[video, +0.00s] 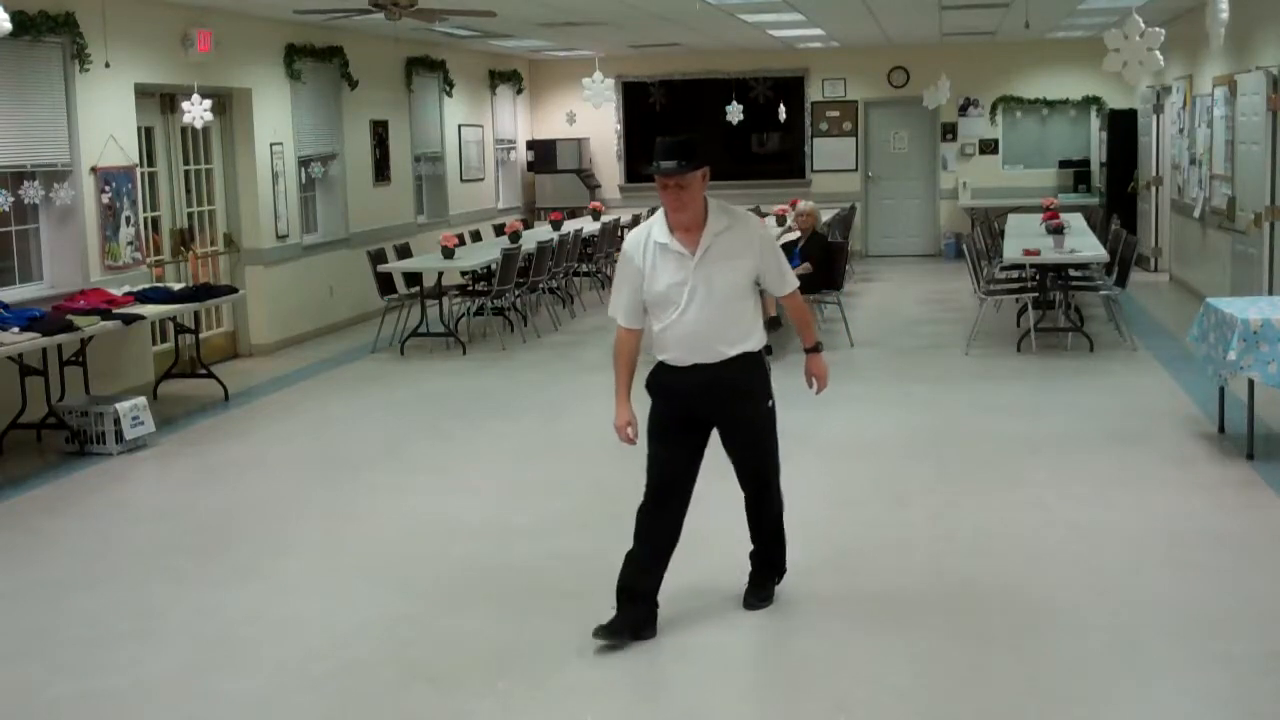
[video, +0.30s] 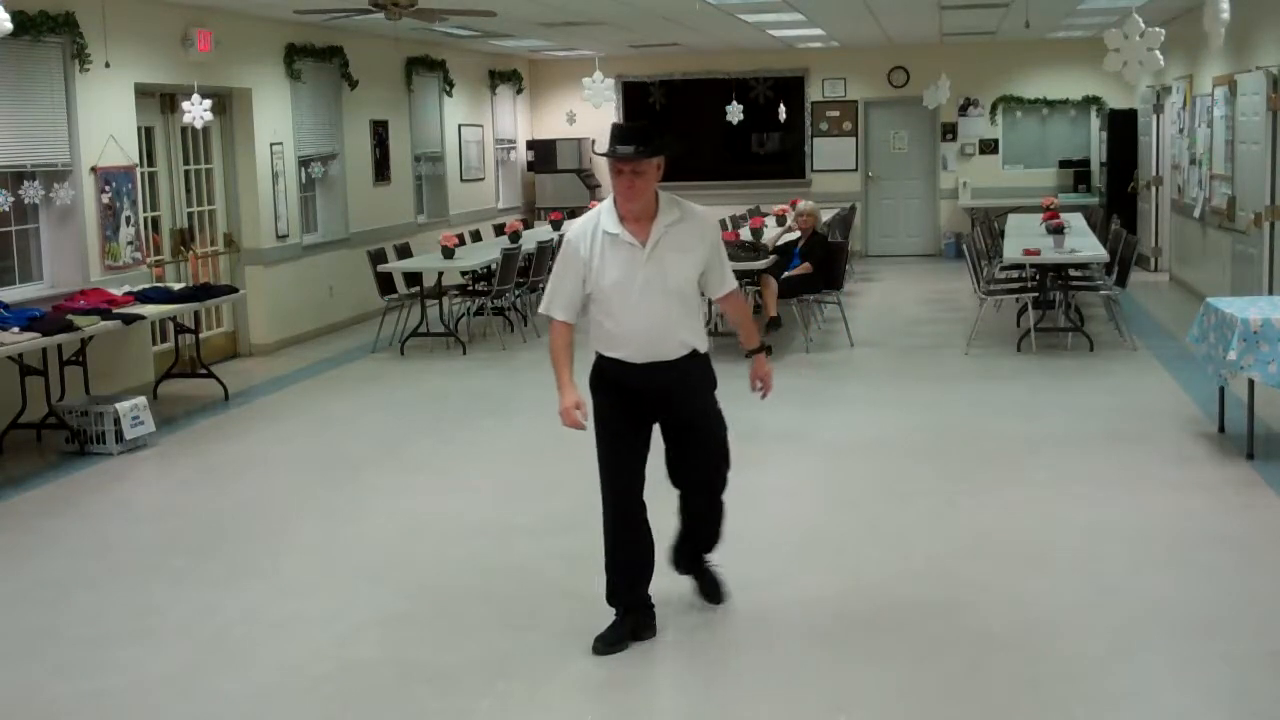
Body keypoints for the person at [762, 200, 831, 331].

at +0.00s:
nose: (804, 219)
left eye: (808, 216)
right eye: (801, 216)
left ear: (815, 219)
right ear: (796, 219)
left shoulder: (820, 240)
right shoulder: (793, 242)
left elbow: (814, 264)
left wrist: (790, 275)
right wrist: (793, 272)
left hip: (812, 279)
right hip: (793, 278)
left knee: (768, 284)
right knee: (769, 278)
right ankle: (773, 316)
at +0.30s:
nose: (804, 219)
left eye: (808, 215)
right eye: (801, 215)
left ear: (815, 219)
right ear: (796, 219)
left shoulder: (820, 240)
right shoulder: (795, 242)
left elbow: (810, 266)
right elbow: (767, 250)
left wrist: (785, 275)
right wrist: (784, 230)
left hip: (809, 278)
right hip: (789, 274)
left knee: (766, 291)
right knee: (766, 277)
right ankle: (773, 317)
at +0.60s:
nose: (804, 219)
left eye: (808, 215)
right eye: (800, 215)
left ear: (815, 219)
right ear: (796, 220)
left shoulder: (820, 240)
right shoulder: (795, 242)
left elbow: (810, 267)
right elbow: (767, 248)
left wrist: (785, 275)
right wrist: (784, 229)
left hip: (808, 279)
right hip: (789, 275)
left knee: (768, 292)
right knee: (765, 276)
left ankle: (763, 344)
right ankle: (773, 316)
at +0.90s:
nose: (804, 218)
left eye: (808, 215)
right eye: (801, 215)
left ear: (815, 219)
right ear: (796, 220)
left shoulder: (820, 239)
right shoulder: (796, 241)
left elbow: (809, 267)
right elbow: (767, 249)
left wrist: (785, 276)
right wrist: (784, 230)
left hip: (809, 278)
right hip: (789, 274)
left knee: (767, 291)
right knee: (765, 275)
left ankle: (763, 344)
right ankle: (773, 316)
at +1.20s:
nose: (804, 218)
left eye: (808, 215)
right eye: (801, 215)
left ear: (815, 219)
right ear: (796, 219)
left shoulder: (820, 239)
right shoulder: (797, 240)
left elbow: (809, 267)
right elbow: (767, 248)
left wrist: (785, 276)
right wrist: (784, 229)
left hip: (808, 278)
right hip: (789, 274)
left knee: (767, 291)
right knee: (766, 275)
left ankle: (762, 344)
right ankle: (773, 316)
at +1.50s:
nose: (804, 218)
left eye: (808, 215)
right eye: (801, 215)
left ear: (815, 218)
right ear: (796, 219)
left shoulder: (820, 239)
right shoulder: (795, 242)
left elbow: (809, 266)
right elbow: (767, 249)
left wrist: (785, 275)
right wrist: (784, 230)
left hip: (809, 278)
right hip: (791, 275)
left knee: (767, 290)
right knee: (766, 276)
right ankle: (773, 316)